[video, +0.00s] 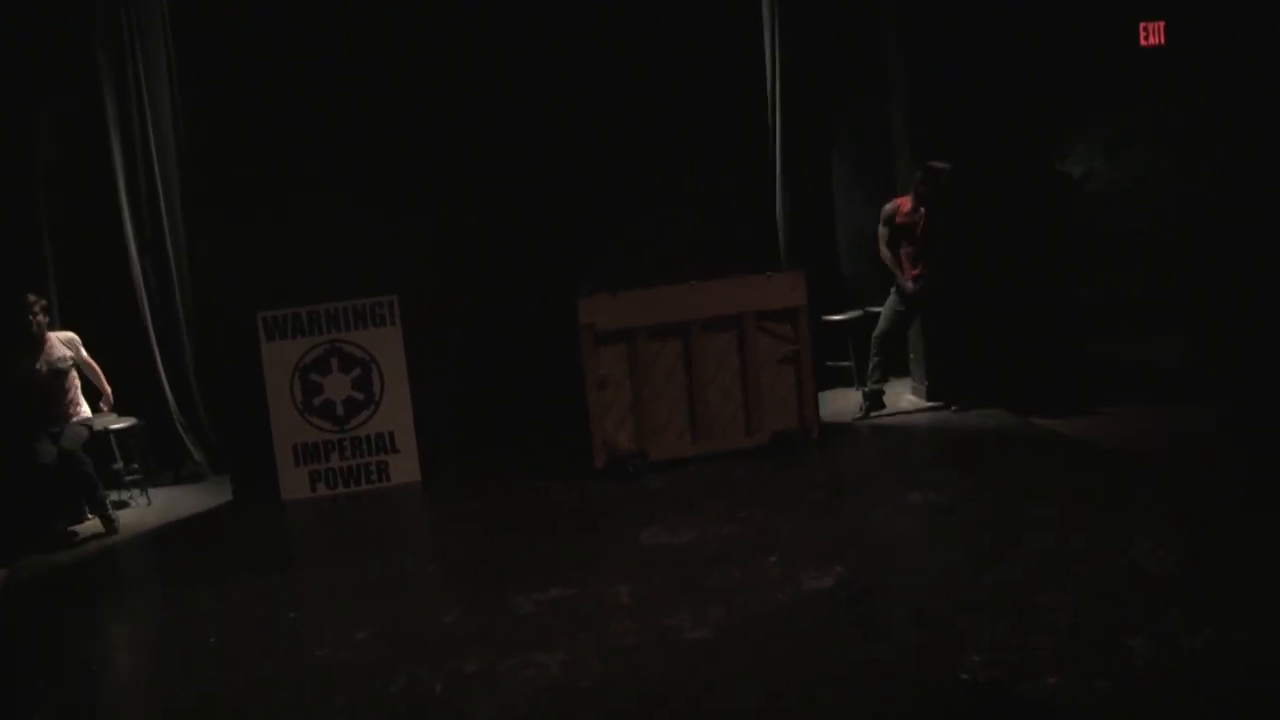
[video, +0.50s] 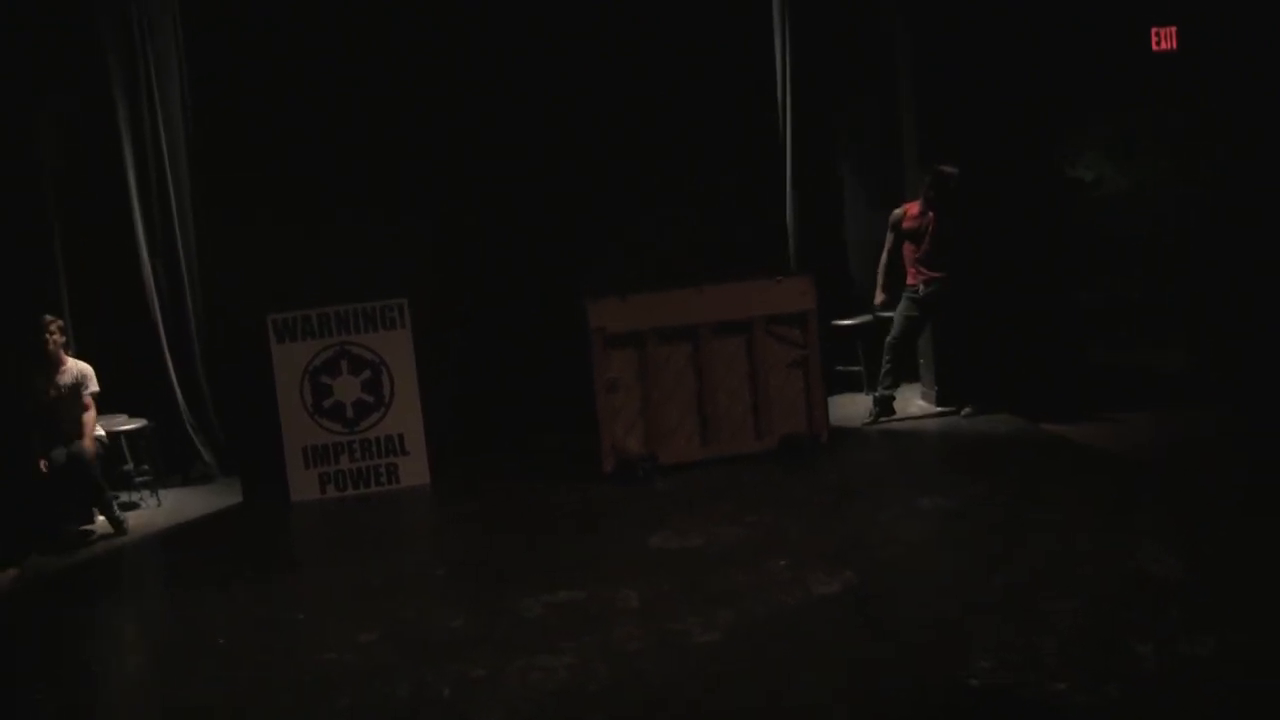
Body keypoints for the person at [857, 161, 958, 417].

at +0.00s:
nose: (923, 192)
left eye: (929, 188)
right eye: (921, 186)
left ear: (936, 190)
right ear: (915, 185)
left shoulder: (939, 213)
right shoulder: (893, 210)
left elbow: (948, 250)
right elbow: (884, 249)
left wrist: (935, 277)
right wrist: (902, 280)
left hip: (937, 286)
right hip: (907, 286)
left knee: (944, 338)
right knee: (881, 336)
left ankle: (953, 392)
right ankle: (873, 396)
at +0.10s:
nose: (925, 193)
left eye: (930, 189)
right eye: (923, 187)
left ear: (937, 191)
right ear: (916, 185)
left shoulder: (940, 212)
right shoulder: (894, 211)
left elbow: (949, 250)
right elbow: (883, 249)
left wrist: (946, 282)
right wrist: (892, 286)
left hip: (936, 287)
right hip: (906, 288)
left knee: (942, 340)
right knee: (882, 338)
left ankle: (949, 394)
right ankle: (873, 397)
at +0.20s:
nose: (925, 192)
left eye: (930, 188)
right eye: (923, 187)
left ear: (937, 190)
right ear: (915, 186)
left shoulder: (940, 214)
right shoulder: (894, 213)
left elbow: (949, 251)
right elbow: (882, 253)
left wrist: (948, 282)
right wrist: (881, 288)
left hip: (935, 287)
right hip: (904, 289)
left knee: (945, 339)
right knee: (884, 341)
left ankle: (956, 393)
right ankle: (875, 398)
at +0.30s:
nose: (927, 194)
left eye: (932, 189)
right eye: (925, 188)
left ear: (939, 191)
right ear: (917, 187)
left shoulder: (943, 214)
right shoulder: (895, 214)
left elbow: (954, 249)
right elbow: (882, 253)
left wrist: (956, 281)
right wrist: (874, 289)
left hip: (940, 288)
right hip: (909, 290)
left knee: (950, 341)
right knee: (889, 339)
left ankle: (963, 396)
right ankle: (877, 399)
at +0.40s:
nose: (929, 194)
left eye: (934, 190)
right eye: (926, 189)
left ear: (941, 192)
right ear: (919, 188)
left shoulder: (945, 215)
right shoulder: (898, 215)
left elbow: (957, 249)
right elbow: (884, 252)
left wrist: (960, 280)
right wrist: (874, 288)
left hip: (942, 288)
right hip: (911, 290)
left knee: (953, 342)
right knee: (893, 340)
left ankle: (967, 396)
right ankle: (879, 400)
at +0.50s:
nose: (934, 195)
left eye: (939, 192)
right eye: (932, 190)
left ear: (947, 193)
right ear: (924, 189)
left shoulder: (950, 215)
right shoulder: (901, 215)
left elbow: (961, 250)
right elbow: (888, 253)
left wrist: (963, 281)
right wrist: (880, 289)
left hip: (946, 288)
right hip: (914, 290)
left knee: (956, 342)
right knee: (895, 341)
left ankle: (969, 397)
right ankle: (883, 401)